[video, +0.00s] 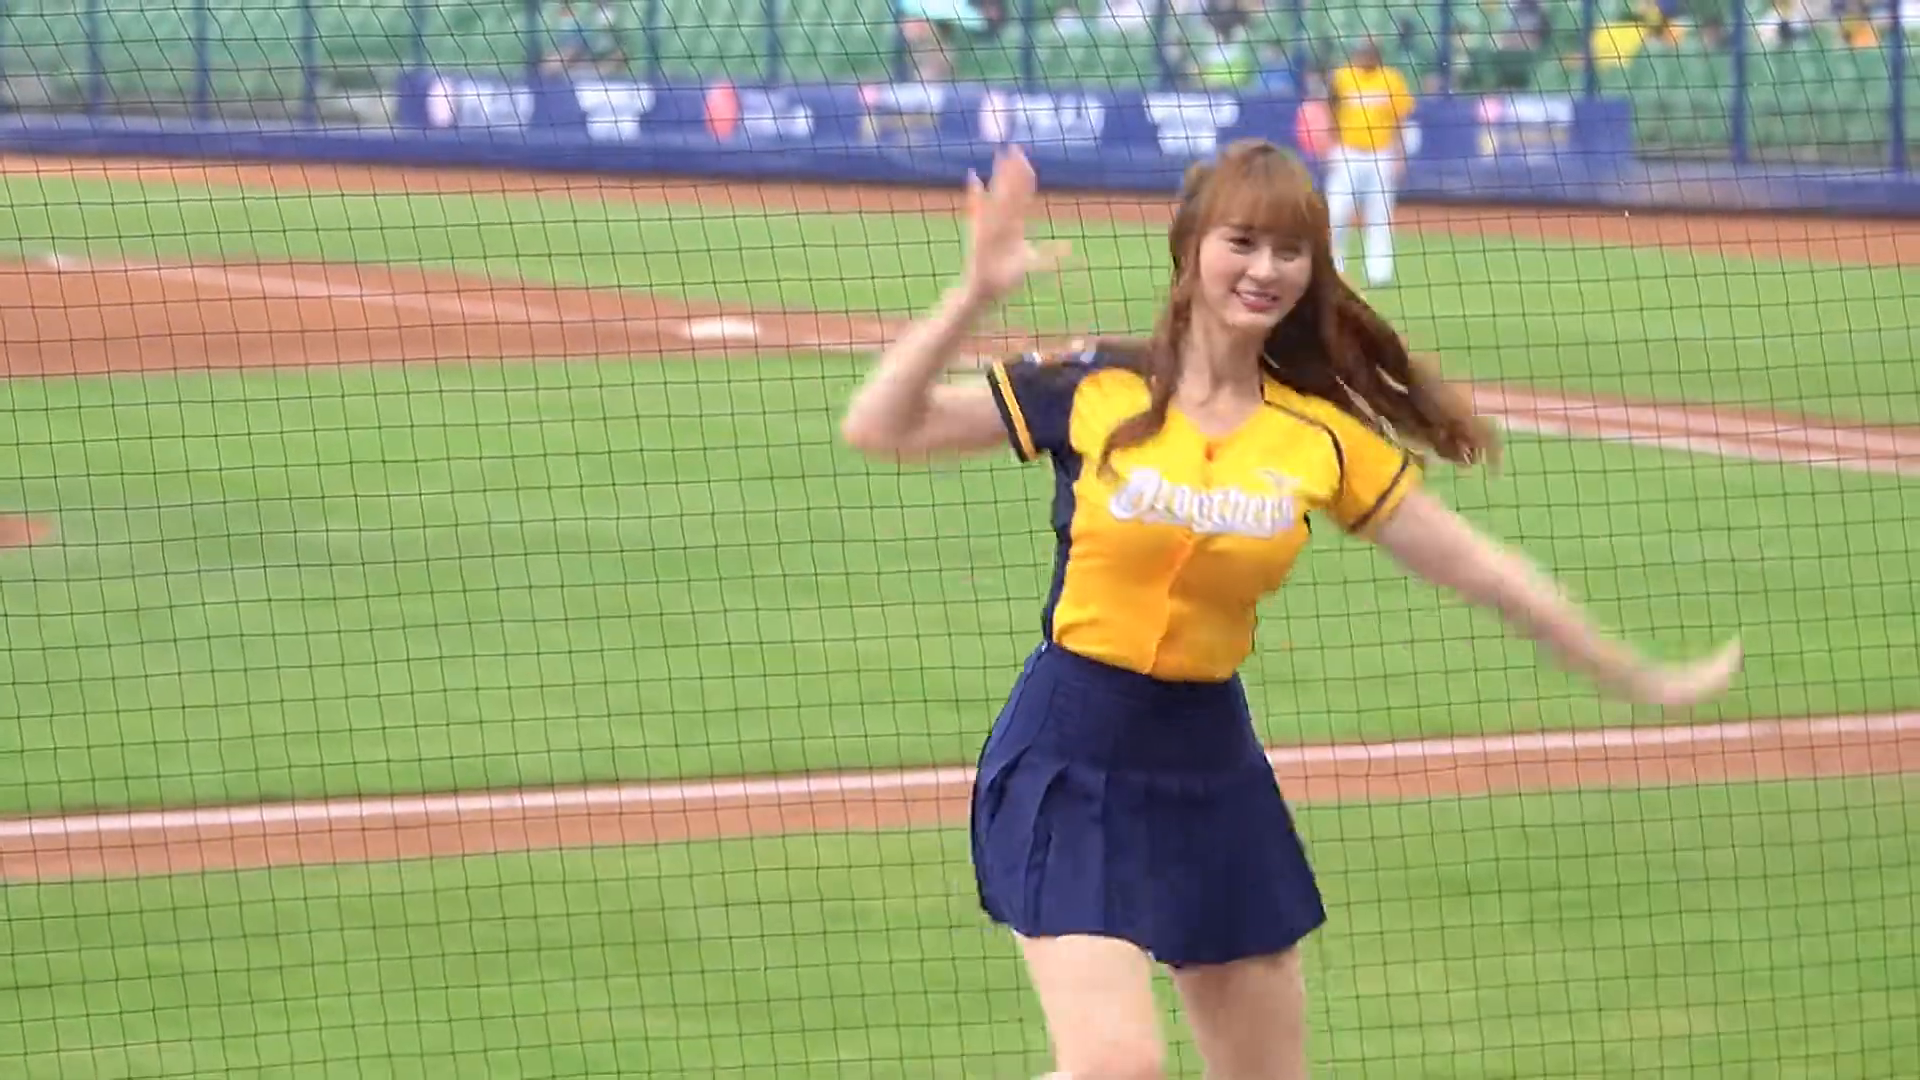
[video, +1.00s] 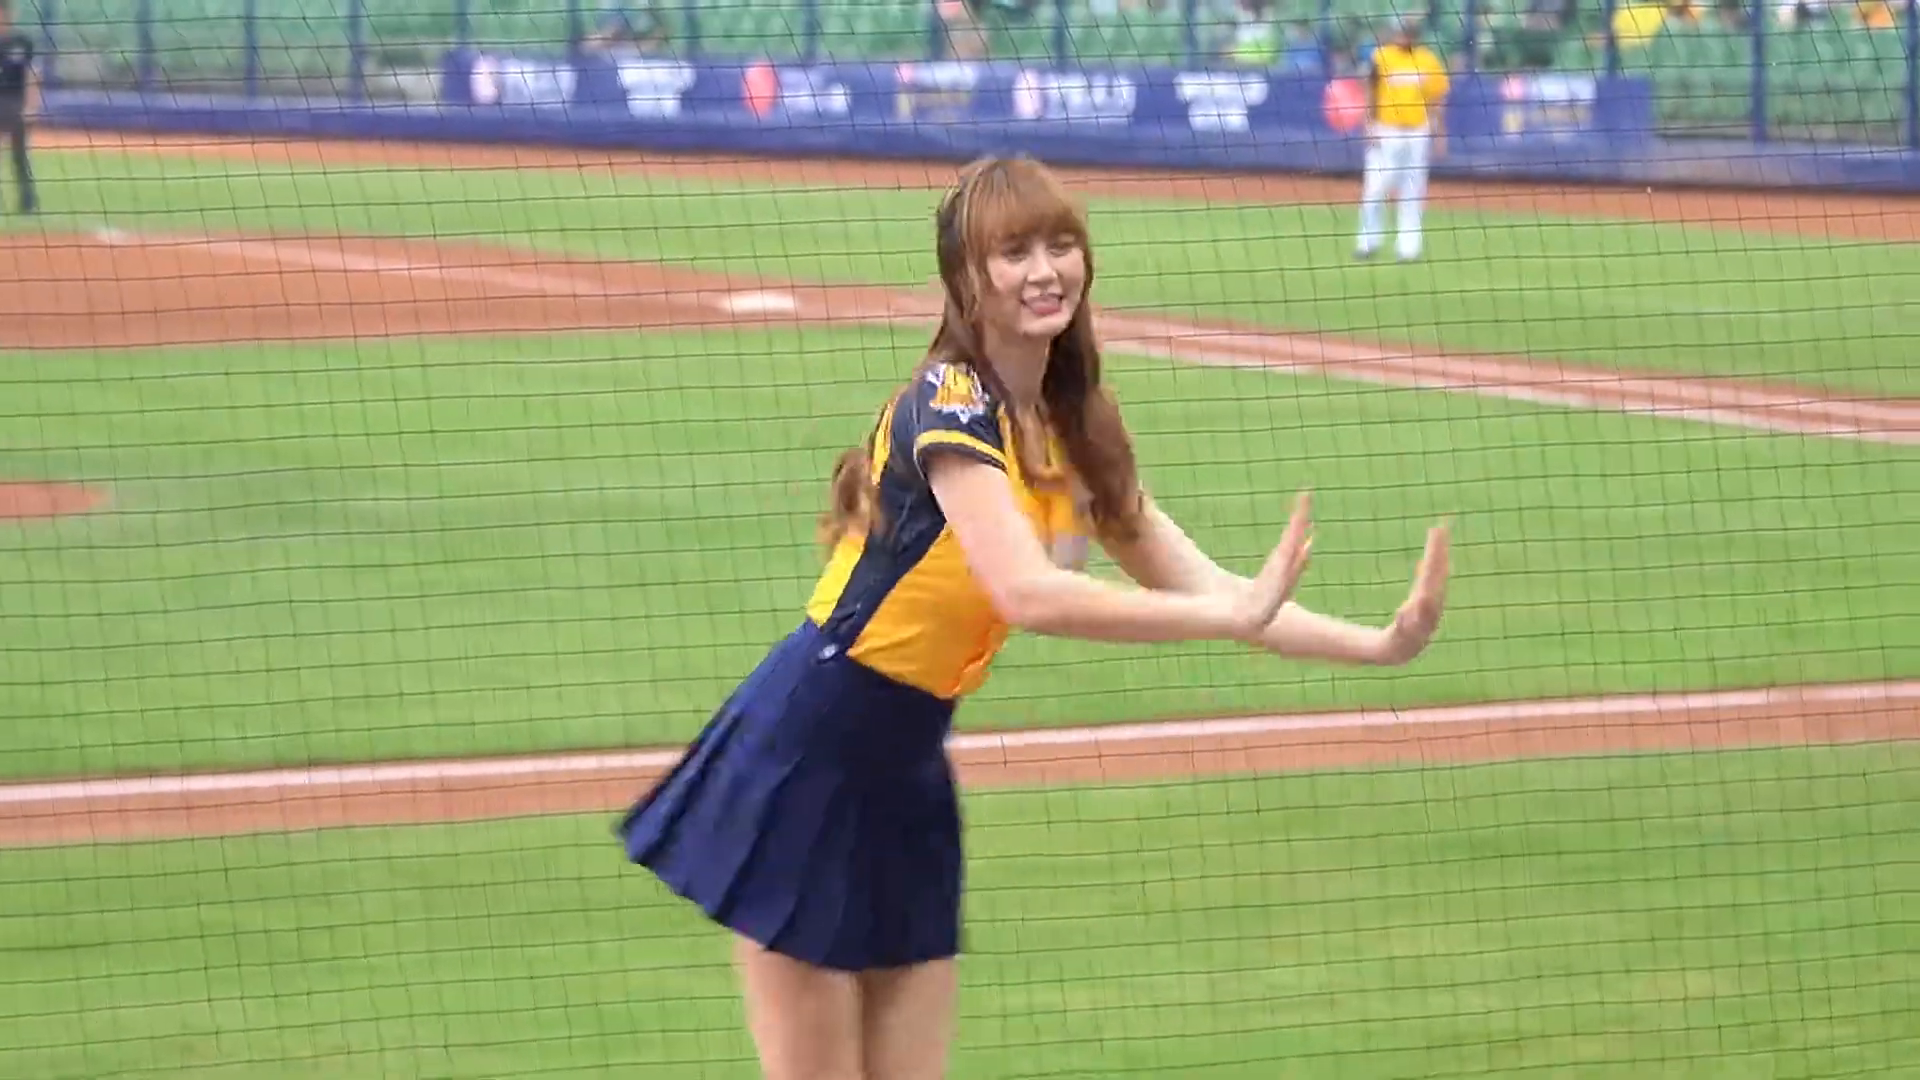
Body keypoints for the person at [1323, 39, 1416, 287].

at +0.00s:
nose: (1366, 59)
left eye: (1370, 53)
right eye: (1361, 53)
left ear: (1378, 55)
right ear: (1354, 54)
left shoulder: (1391, 78)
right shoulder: (1340, 77)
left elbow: (1402, 119)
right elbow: (1330, 110)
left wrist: (1400, 156)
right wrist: (1331, 145)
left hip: (1382, 155)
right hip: (1346, 153)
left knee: (1379, 215)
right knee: (1337, 213)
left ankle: (1379, 270)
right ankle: (1335, 266)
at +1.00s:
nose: (1407, 38)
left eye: (1411, 33)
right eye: (1403, 32)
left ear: (1418, 35)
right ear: (1396, 33)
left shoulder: (1428, 60)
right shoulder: (1381, 57)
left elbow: (1436, 101)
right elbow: (1371, 91)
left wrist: (1439, 135)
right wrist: (1370, 123)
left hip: (1418, 132)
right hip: (1385, 131)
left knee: (1413, 189)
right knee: (1375, 187)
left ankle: (1409, 243)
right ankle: (1368, 238)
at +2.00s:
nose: (1510, 3)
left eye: (1514, 0)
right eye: (1507, 0)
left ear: (1522, 1)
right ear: (1499, 1)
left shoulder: (1537, 20)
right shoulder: (1485, 22)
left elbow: (1550, 61)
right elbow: (1474, 61)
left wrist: (1550, 96)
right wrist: (1476, 97)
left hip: (1532, 93)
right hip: (1497, 94)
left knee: (1539, 150)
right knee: (1502, 152)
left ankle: (1547, 206)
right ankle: (1508, 207)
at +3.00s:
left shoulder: (1527, 4)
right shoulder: (1472, 6)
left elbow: (1540, 31)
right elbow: (1466, 39)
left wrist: (1538, 67)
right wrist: (1467, 74)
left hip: (1523, 69)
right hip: (1488, 71)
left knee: (1533, 126)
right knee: (1494, 130)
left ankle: (1542, 182)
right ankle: (1503, 183)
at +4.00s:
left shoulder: (1496, 15)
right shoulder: (1446, 15)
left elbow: (1508, 58)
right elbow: (1433, 51)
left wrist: (1507, 92)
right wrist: (1437, 86)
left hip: (1488, 90)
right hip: (1453, 90)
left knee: (1486, 148)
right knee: (1440, 144)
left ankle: (1484, 202)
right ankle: (1427, 197)